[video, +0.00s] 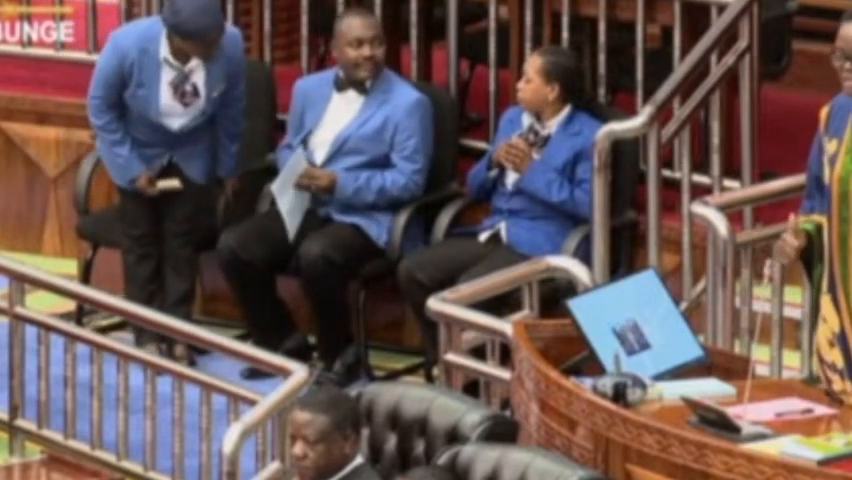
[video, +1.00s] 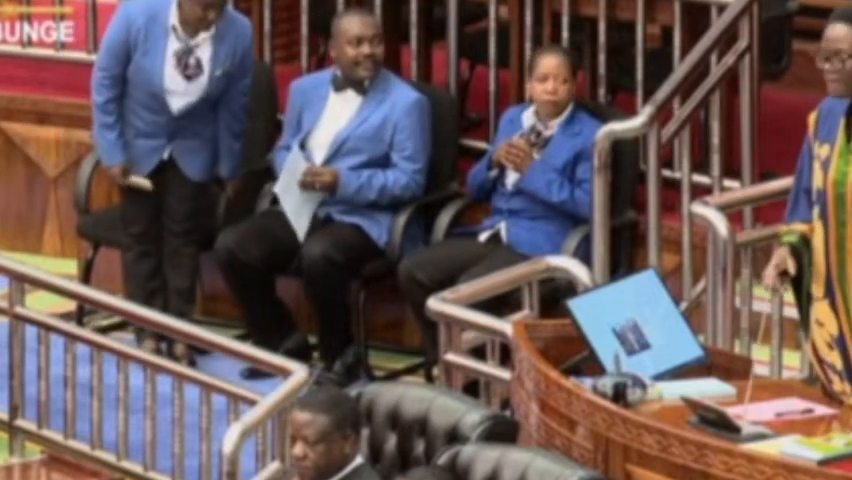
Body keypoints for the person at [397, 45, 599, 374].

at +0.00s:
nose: (518, 87)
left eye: (527, 80)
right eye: (521, 78)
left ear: (553, 91)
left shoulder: (589, 135)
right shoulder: (512, 120)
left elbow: (590, 207)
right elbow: (475, 190)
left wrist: (530, 172)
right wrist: (494, 164)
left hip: (538, 250)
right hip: (494, 236)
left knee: (463, 296)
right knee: (414, 271)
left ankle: (485, 379)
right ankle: (446, 366)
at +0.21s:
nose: (519, 89)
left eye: (528, 82)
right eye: (521, 80)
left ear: (556, 92)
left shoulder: (589, 135)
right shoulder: (512, 120)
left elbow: (590, 206)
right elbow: (476, 189)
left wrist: (530, 172)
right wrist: (494, 164)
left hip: (539, 250)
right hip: (495, 235)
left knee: (464, 295)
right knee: (414, 271)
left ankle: (484, 380)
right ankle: (445, 365)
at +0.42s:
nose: (521, 90)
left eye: (531, 83)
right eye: (521, 81)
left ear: (558, 92)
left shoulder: (589, 135)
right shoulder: (512, 120)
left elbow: (589, 206)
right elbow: (476, 188)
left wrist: (530, 172)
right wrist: (495, 164)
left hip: (539, 249)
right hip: (495, 235)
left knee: (464, 295)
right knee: (414, 271)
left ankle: (483, 380)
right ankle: (444, 365)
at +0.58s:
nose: (524, 91)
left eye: (534, 84)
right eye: (523, 81)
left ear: (562, 91)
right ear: (519, 83)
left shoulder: (589, 135)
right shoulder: (512, 120)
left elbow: (590, 206)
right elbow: (476, 189)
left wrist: (530, 172)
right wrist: (495, 164)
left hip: (539, 250)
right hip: (494, 236)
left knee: (464, 295)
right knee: (414, 271)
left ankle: (483, 380)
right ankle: (445, 365)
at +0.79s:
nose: (539, 91)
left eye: (550, 83)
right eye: (533, 81)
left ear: (570, 88)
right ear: (524, 84)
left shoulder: (590, 135)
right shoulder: (512, 120)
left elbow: (590, 206)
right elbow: (476, 189)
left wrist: (530, 172)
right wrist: (495, 164)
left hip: (539, 249)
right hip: (495, 236)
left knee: (464, 295)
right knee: (414, 271)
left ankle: (483, 380)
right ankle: (445, 365)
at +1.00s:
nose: (551, 89)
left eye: (561, 81)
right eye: (542, 80)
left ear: (574, 86)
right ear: (529, 85)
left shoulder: (590, 135)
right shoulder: (512, 120)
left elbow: (590, 207)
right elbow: (476, 189)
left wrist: (530, 172)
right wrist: (494, 164)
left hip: (540, 249)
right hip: (495, 235)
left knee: (464, 295)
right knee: (414, 271)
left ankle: (484, 380)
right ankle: (446, 365)